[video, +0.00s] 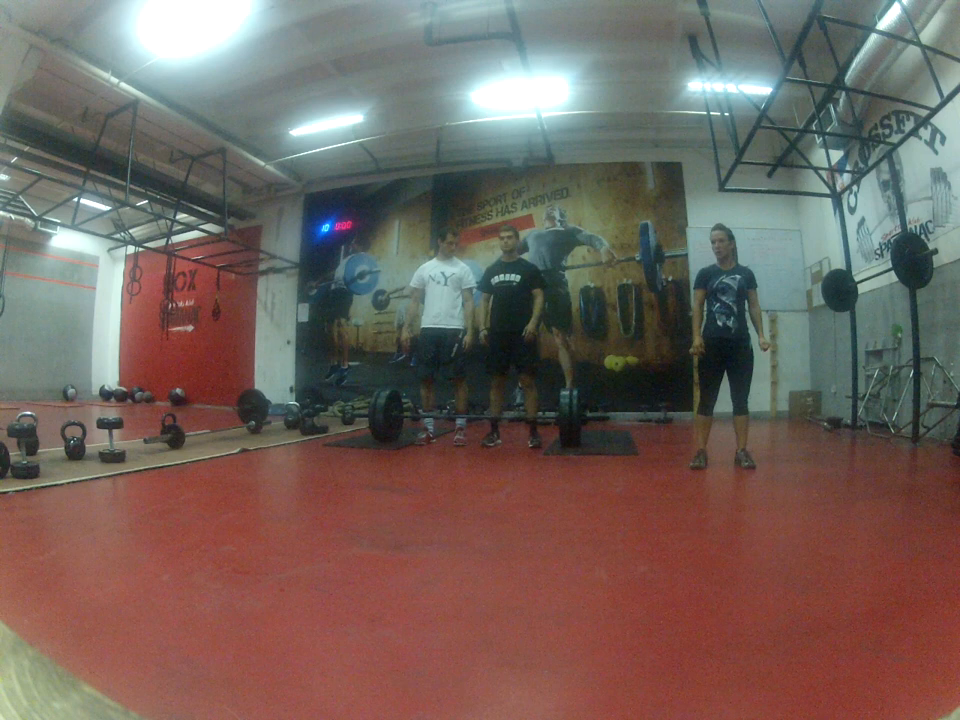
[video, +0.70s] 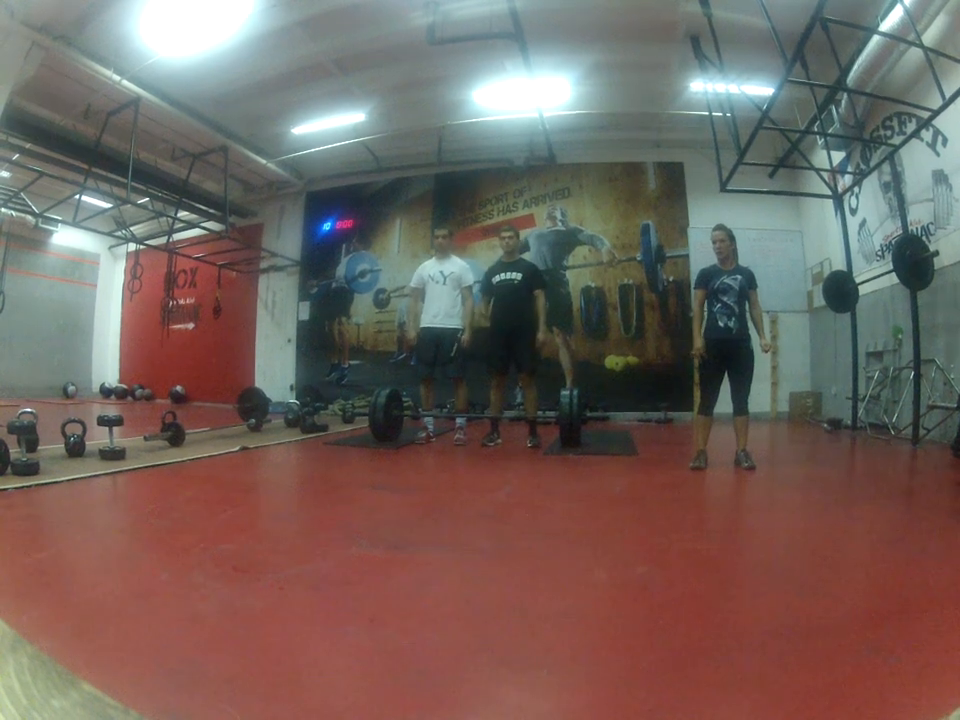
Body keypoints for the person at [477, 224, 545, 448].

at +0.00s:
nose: (506, 241)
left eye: (510, 238)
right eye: (502, 238)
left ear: (517, 241)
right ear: (498, 242)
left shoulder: (529, 268)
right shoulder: (491, 270)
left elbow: (539, 297)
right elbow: (484, 301)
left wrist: (533, 323)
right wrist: (483, 327)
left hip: (523, 332)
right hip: (498, 332)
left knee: (527, 380)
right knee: (497, 381)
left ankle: (533, 431)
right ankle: (494, 430)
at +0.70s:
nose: (507, 241)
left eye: (510, 238)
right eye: (503, 238)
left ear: (518, 241)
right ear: (499, 242)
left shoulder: (530, 268)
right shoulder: (492, 271)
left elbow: (540, 298)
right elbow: (485, 302)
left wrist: (542, 328)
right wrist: (488, 322)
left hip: (525, 331)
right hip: (499, 332)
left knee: (527, 379)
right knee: (497, 380)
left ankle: (533, 431)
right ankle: (494, 430)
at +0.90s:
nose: (508, 241)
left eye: (511, 238)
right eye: (504, 238)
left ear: (519, 241)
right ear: (500, 241)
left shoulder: (530, 267)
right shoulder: (494, 270)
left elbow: (540, 297)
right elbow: (485, 304)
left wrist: (539, 327)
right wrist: (486, 285)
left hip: (524, 331)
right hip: (499, 332)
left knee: (526, 379)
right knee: (497, 380)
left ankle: (532, 431)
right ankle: (494, 429)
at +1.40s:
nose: (510, 242)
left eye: (514, 238)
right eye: (507, 238)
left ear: (522, 240)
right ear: (502, 240)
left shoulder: (532, 265)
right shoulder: (494, 267)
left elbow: (544, 293)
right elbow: (483, 295)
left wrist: (534, 321)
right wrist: (483, 318)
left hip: (524, 329)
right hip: (498, 328)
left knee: (527, 378)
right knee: (497, 378)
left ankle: (532, 429)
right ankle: (494, 428)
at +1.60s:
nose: (508, 244)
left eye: (512, 240)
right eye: (505, 241)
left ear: (519, 240)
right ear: (500, 242)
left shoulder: (531, 265)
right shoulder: (492, 267)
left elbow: (543, 294)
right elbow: (483, 299)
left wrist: (549, 320)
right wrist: (478, 327)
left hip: (525, 329)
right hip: (498, 329)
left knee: (528, 378)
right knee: (497, 378)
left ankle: (533, 429)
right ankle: (494, 428)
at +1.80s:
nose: (506, 246)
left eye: (509, 242)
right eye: (503, 243)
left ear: (517, 240)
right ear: (497, 243)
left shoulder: (531, 264)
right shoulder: (490, 266)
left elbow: (548, 288)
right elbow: (482, 297)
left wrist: (546, 318)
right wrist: (481, 325)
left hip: (526, 328)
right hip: (498, 329)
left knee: (527, 378)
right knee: (497, 378)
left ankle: (532, 429)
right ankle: (494, 428)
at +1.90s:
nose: (505, 247)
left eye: (508, 242)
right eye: (501, 243)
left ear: (516, 241)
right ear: (496, 243)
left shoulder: (530, 263)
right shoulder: (490, 267)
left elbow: (544, 291)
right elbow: (483, 298)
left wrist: (547, 318)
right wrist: (478, 323)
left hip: (525, 328)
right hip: (499, 329)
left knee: (527, 378)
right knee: (498, 378)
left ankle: (533, 428)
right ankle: (494, 428)